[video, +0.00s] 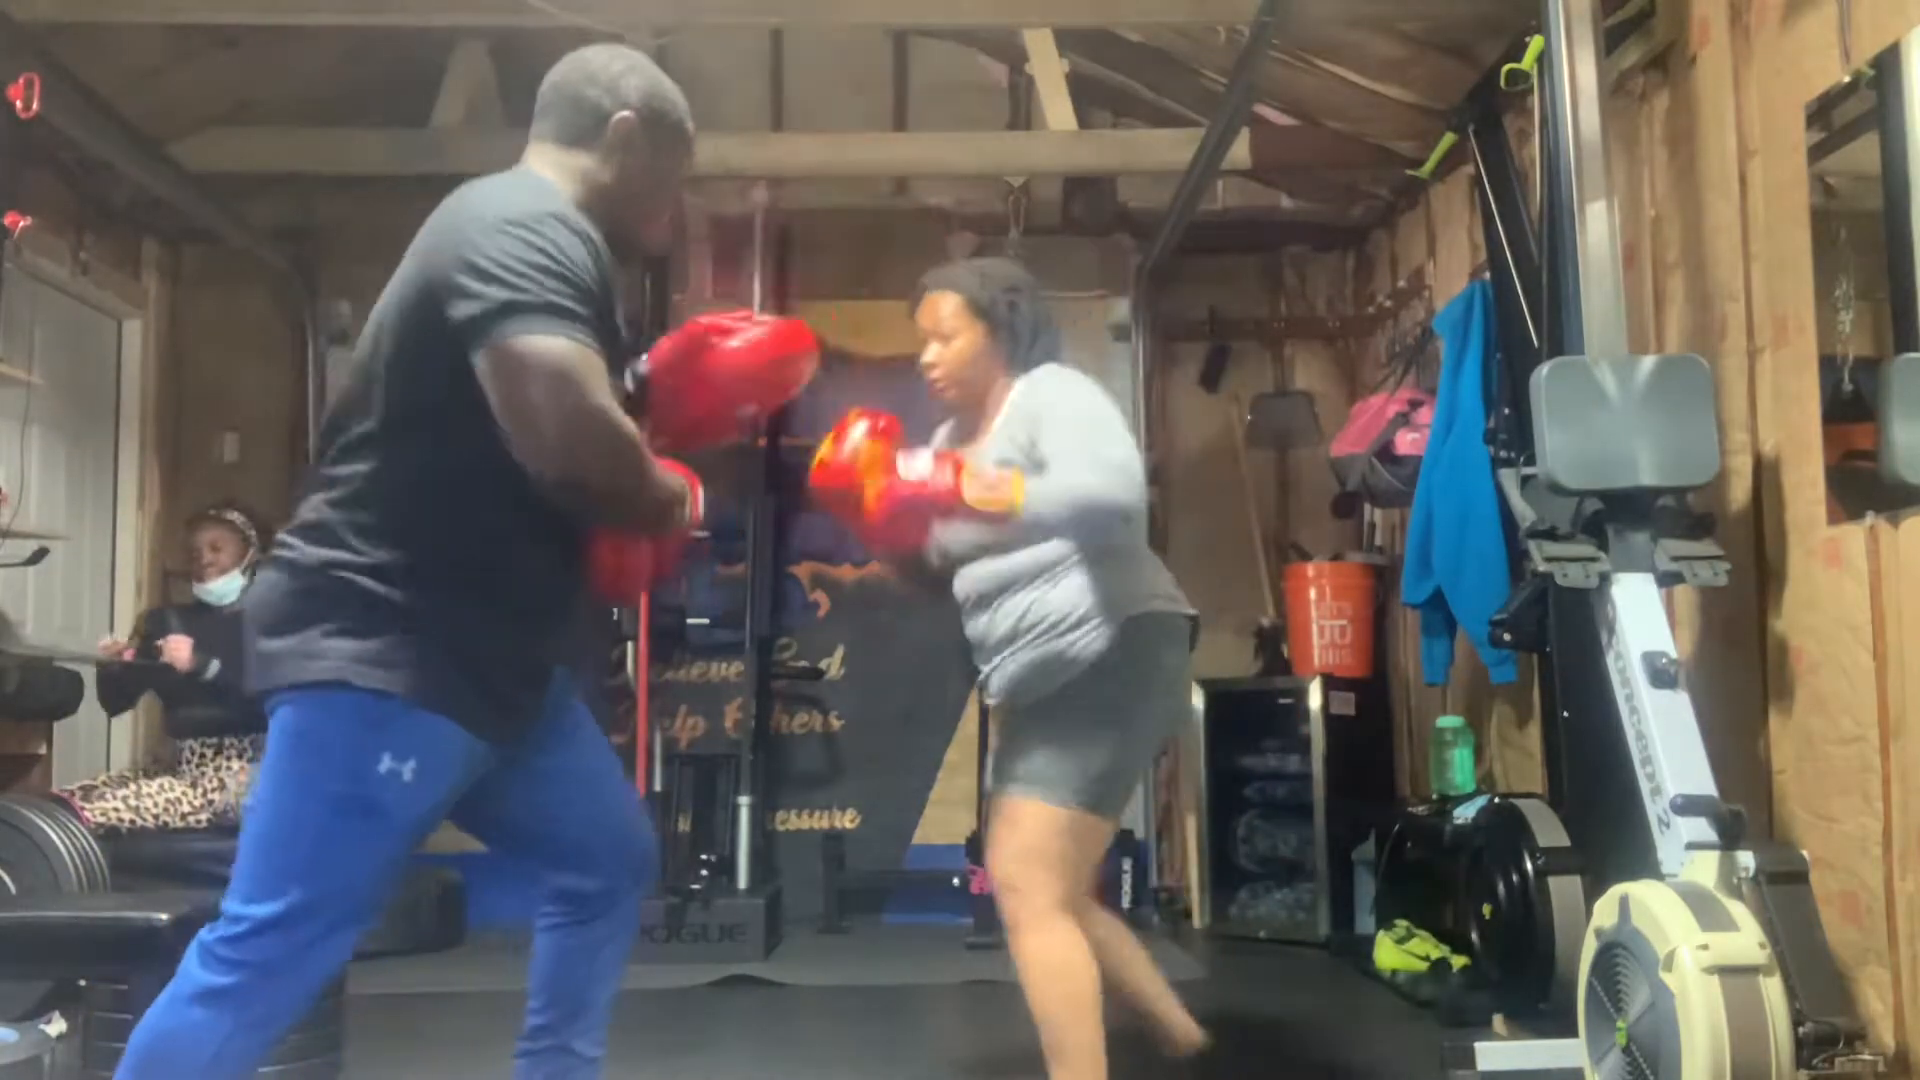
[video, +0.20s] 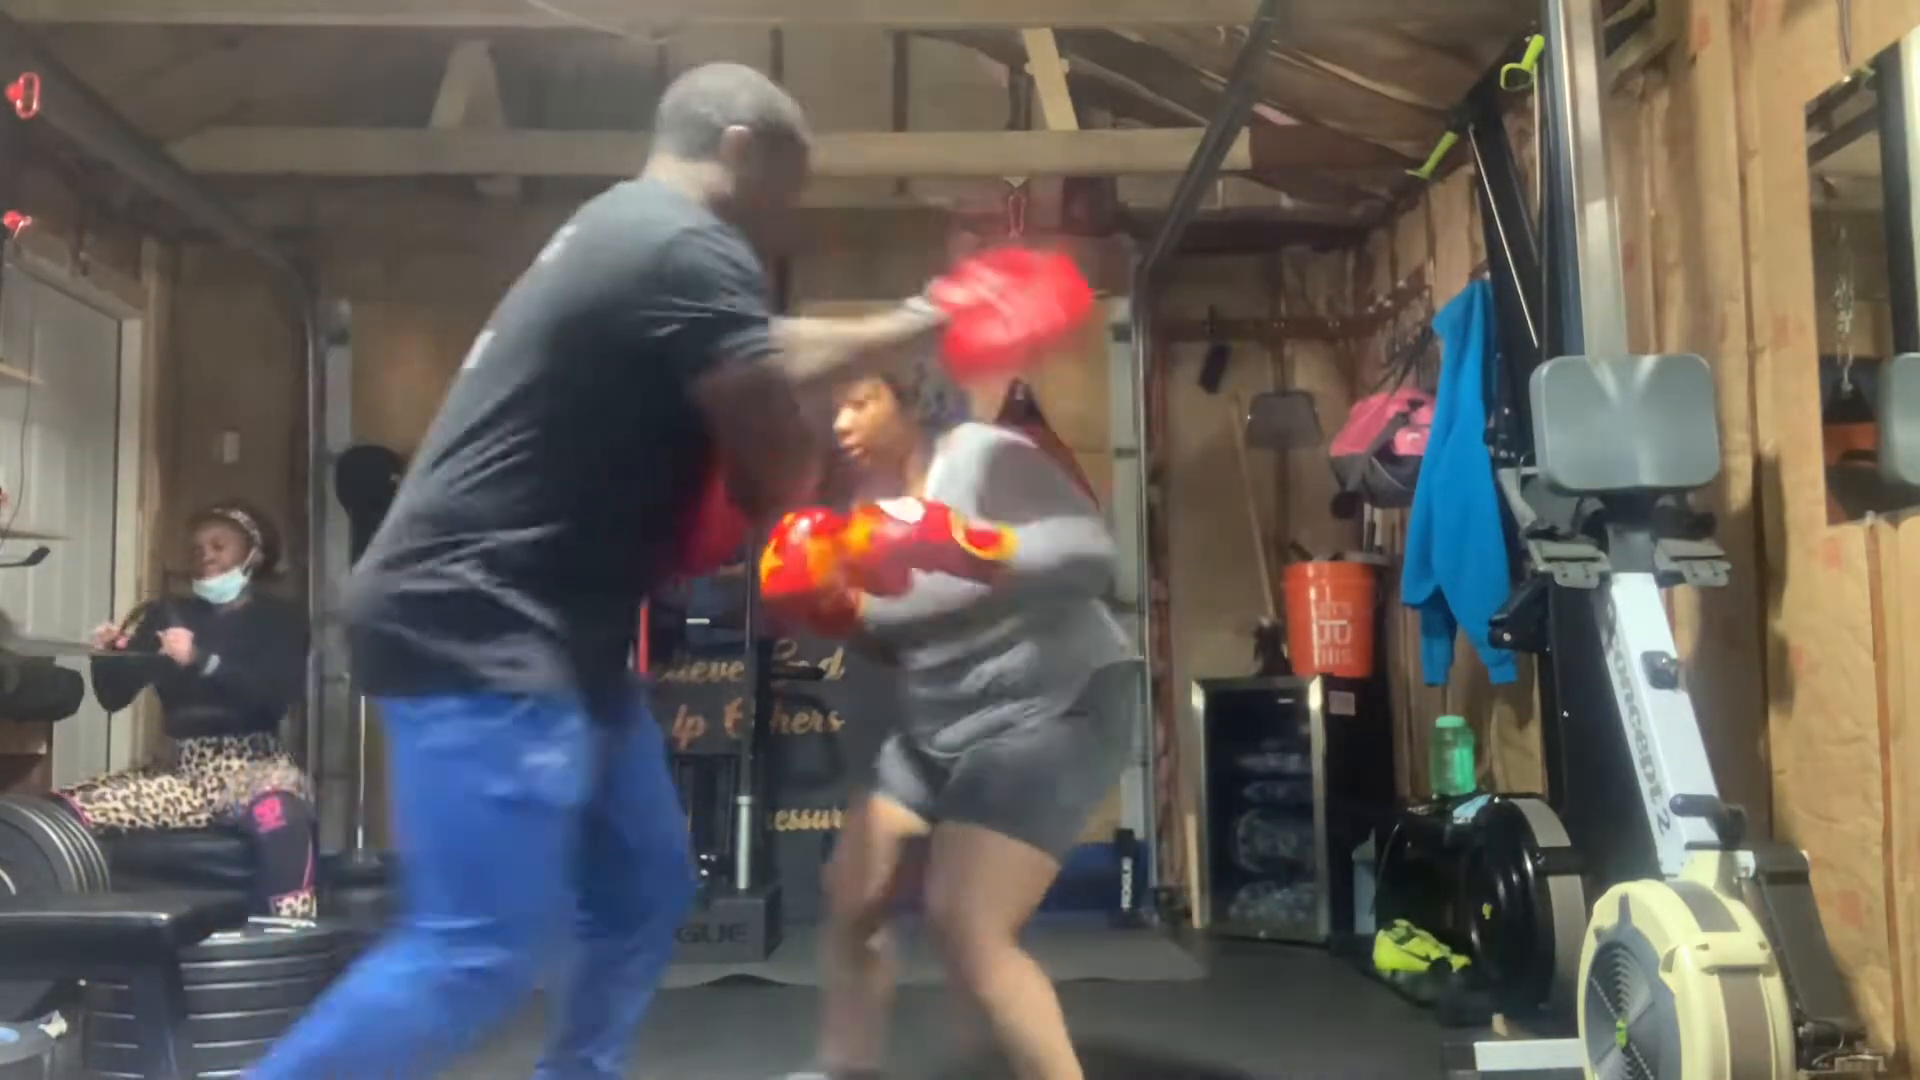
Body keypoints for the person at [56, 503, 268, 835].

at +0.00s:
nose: (204, 560)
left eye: (216, 549)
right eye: (196, 552)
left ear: (247, 556)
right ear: (187, 558)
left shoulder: (263, 615)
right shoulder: (167, 622)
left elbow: (262, 682)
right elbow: (116, 702)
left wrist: (200, 664)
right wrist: (112, 668)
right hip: (183, 766)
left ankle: (79, 819)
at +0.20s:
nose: (206, 557)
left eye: (219, 546)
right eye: (199, 548)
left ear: (251, 556)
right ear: (191, 555)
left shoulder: (280, 617)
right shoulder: (168, 616)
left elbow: (275, 695)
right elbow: (114, 696)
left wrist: (200, 660)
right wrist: (109, 656)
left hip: (256, 772)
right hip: (181, 775)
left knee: (279, 811)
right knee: (65, 813)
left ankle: (294, 941)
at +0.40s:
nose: (209, 561)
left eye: (222, 549)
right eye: (201, 552)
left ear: (253, 556)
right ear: (193, 557)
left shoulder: (286, 620)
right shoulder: (176, 620)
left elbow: (305, 722)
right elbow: (145, 724)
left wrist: (240, 697)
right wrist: (131, 695)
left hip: (259, 772)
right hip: (179, 772)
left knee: (279, 813)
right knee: (60, 811)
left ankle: (294, 946)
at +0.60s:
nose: (214, 562)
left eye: (227, 550)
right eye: (206, 552)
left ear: (257, 557)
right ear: (197, 556)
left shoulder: (286, 619)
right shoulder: (177, 618)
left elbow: (281, 710)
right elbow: (125, 708)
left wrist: (207, 680)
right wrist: (122, 672)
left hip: (255, 777)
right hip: (181, 779)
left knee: (281, 810)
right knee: (64, 812)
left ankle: (295, 941)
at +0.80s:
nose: (216, 559)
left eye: (230, 549)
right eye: (210, 548)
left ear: (260, 558)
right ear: (201, 552)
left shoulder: (284, 618)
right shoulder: (173, 615)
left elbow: (272, 685)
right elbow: (111, 685)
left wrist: (188, 664)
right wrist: (109, 663)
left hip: (250, 772)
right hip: (174, 774)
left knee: (280, 813)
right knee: (63, 813)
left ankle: (294, 943)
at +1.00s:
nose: (221, 565)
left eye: (236, 553)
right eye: (212, 554)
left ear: (264, 561)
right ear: (202, 557)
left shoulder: (289, 621)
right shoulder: (181, 618)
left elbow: (282, 713)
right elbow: (133, 712)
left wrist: (228, 674)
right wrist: (120, 671)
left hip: (255, 771)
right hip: (178, 770)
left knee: (282, 810)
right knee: (65, 811)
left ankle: (295, 946)